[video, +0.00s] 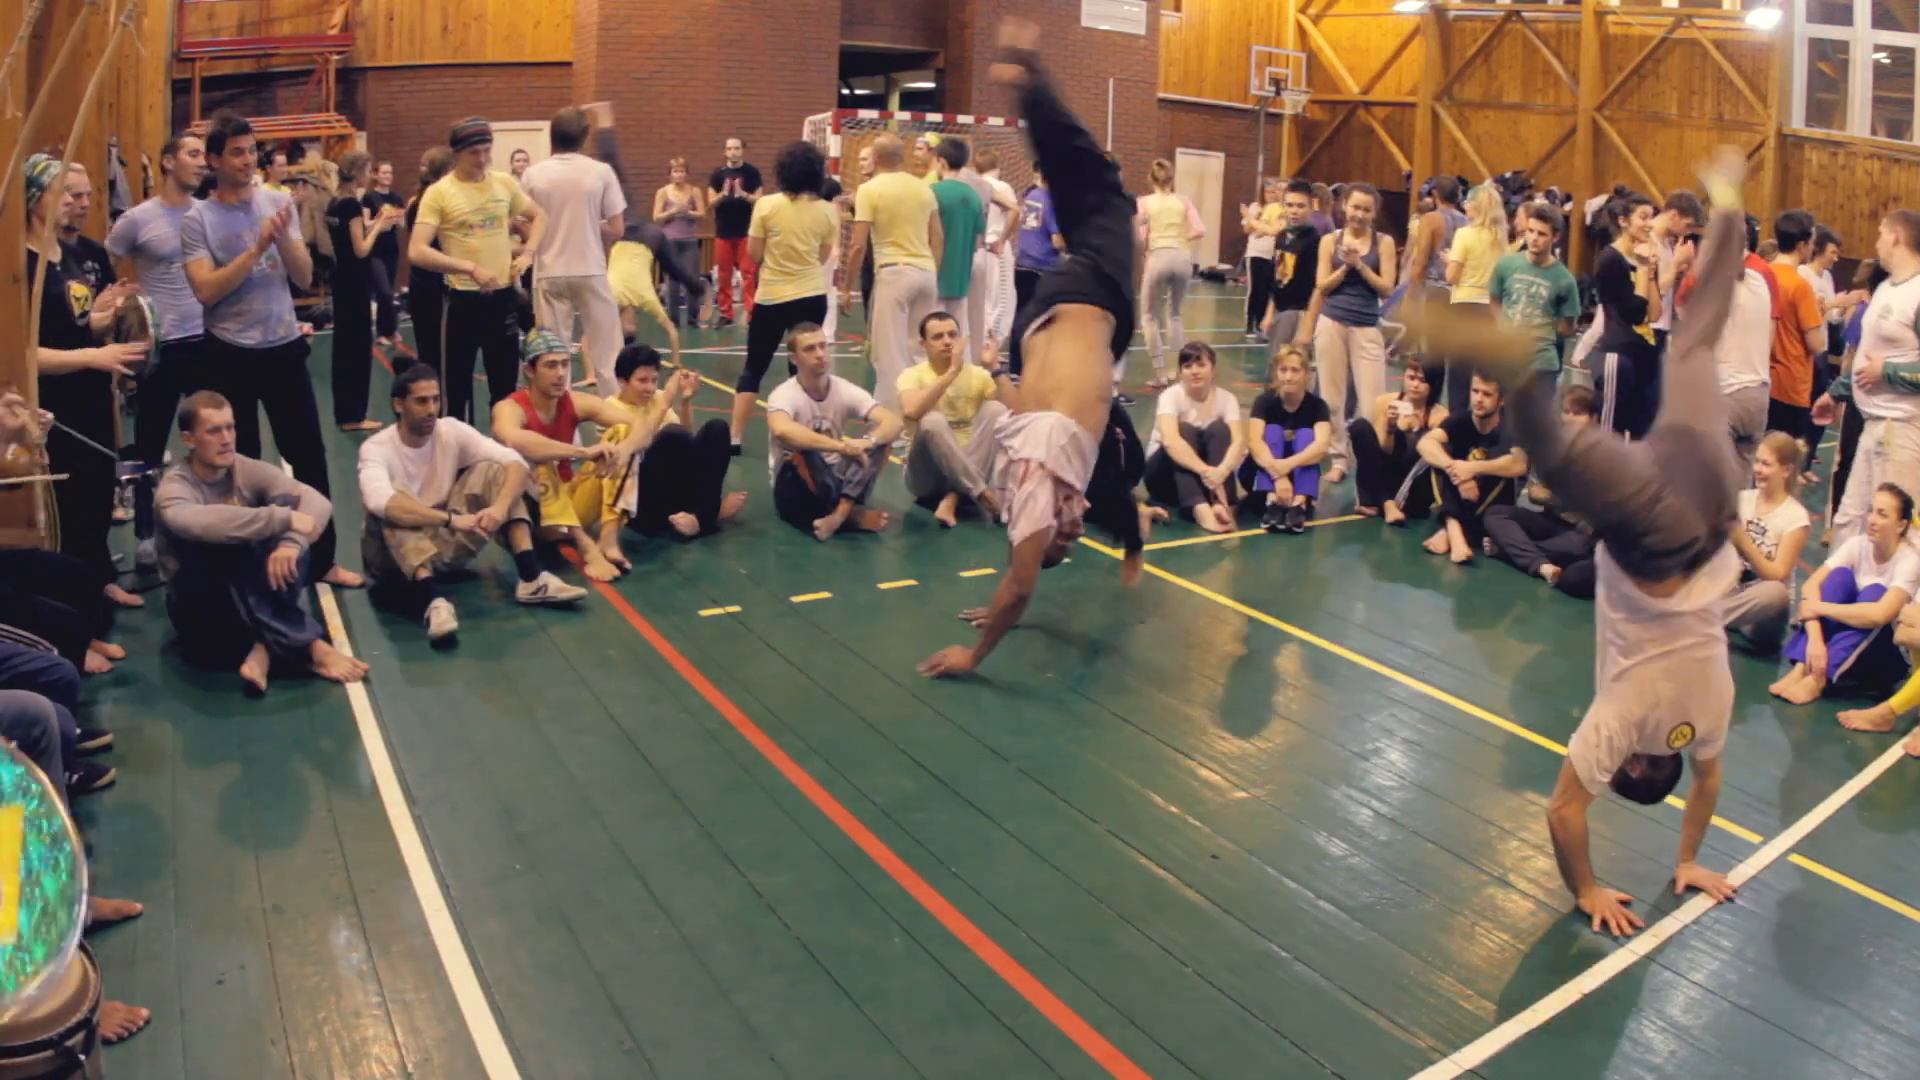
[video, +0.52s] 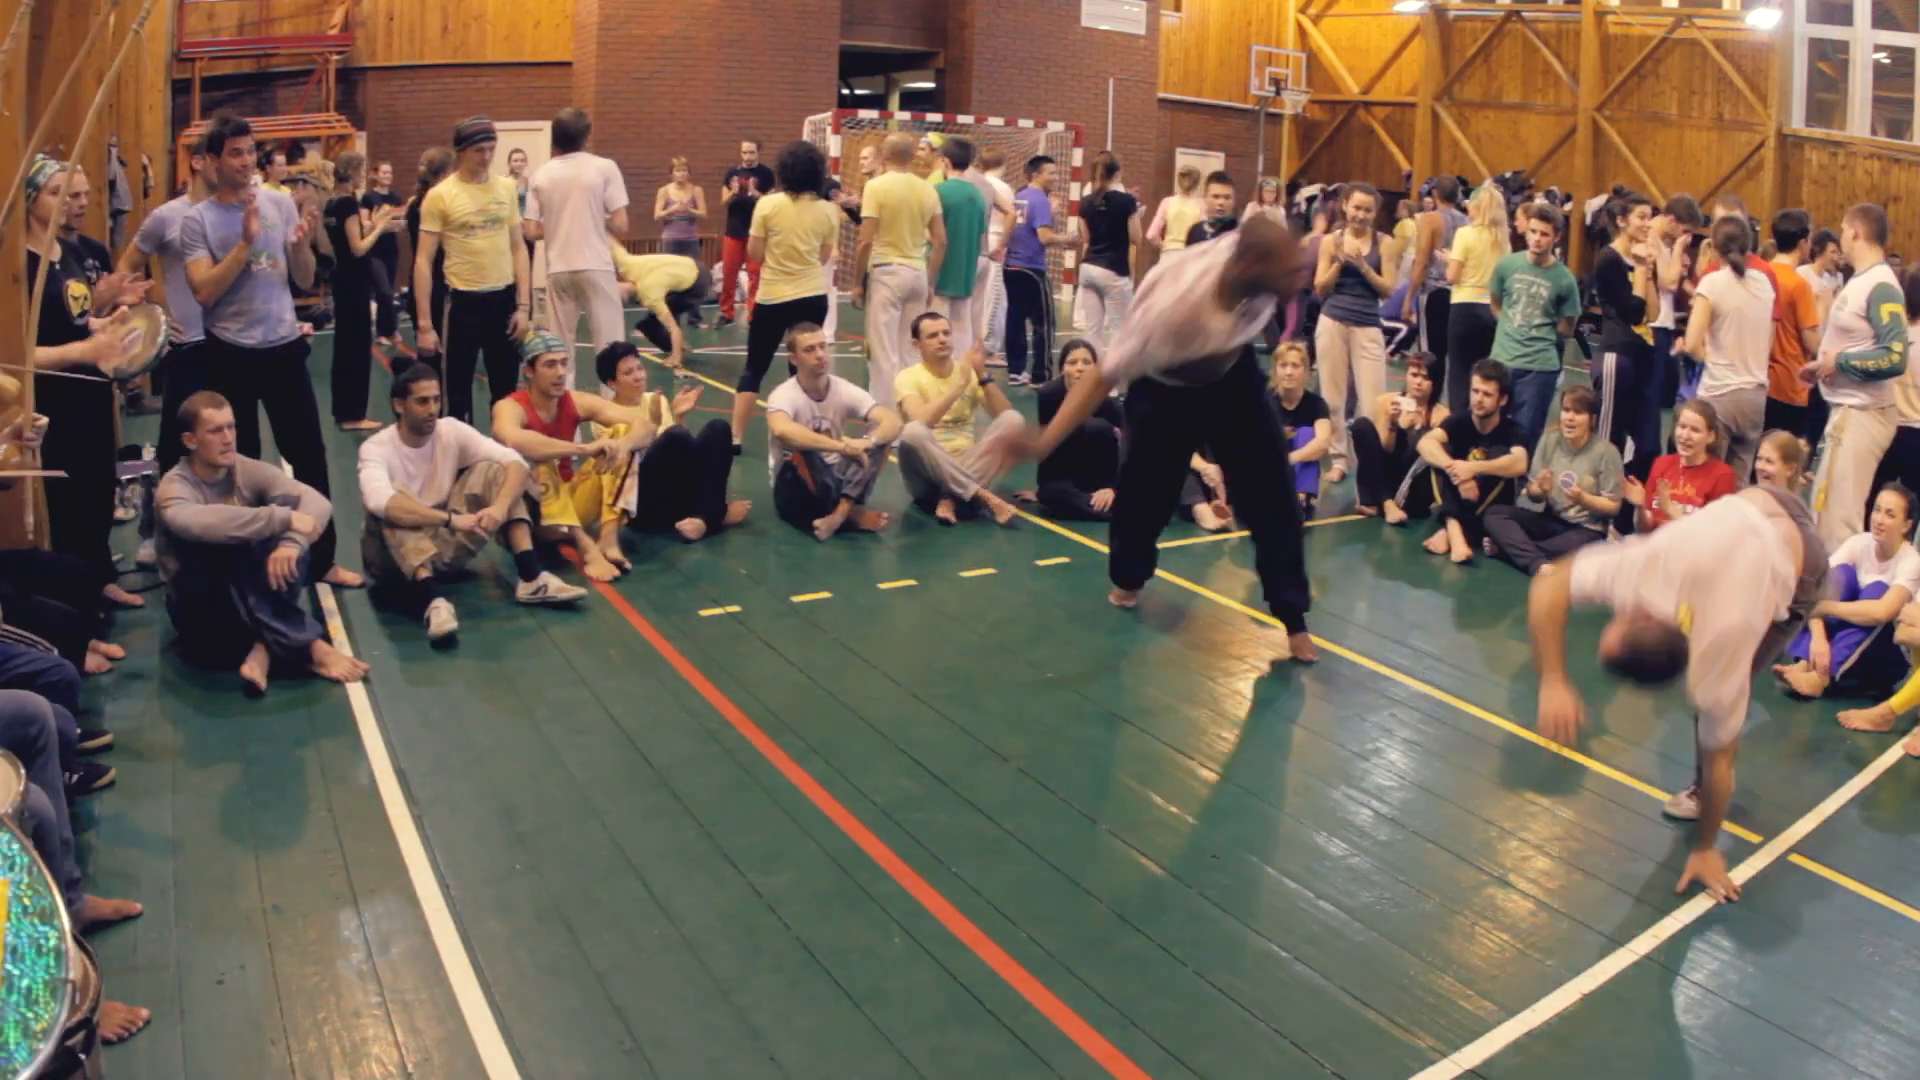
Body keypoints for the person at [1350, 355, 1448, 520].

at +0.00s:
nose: (1415, 384)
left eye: (1422, 380)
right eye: (1411, 378)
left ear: (1433, 385)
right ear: (1403, 378)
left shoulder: (1439, 415)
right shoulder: (1385, 402)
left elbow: (1436, 455)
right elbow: (1385, 452)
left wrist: (1417, 432)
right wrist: (1390, 426)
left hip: (1418, 497)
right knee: (1359, 426)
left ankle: (1374, 502)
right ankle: (1387, 502)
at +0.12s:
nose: (1415, 384)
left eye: (1423, 379)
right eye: (1412, 377)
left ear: (1433, 384)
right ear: (1404, 378)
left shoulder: (1439, 415)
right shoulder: (1385, 402)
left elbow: (1434, 455)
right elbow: (1386, 451)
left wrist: (1416, 431)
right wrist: (1391, 425)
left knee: (1420, 441)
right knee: (1360, 425)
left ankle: (1374, 502)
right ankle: (1387, 501)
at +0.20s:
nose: (1416, 384)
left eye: (1423, 379)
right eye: (1412, 377)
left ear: (1434, 384)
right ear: (1405, 377)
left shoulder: (1440, 414)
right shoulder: (1385, 402)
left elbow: (1434, 456)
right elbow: (1386, 451)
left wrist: (1416, 431)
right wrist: (1391, 424)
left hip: (1417, 495)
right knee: (1360, 426)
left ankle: (1374, 502)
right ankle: (1387, 502)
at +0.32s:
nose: (1417, 382)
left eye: (1424, 378)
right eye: (1413, 376)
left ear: (1434, 383)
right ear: (1406, 377)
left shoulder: (1440, 415)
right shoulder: (1386, 402)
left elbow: (1436, 455)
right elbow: (1386, 451)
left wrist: (1417, 431)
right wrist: (1391, 424)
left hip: (1418, 495)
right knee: (1360, 425)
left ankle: (1375, 502)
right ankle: (1387, 502)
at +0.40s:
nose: (1418, 382)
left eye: (1425, 378)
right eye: (1414, 375)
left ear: (1435, 383)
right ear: (1406, 377)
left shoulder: (1440, 414)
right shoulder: (1386, 402)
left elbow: (1437, 454)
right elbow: (1387, 450)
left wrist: (1418, 430)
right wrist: (1392, 423)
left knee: (1421, 438)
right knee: (1361, 425)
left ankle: (1374, 502)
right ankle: (1387, 501)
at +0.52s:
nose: (1418, 382)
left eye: (1425, 378)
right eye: (1414, 375)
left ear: (1435, 383)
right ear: (1406, 376)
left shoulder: (1441, 414)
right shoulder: (1386, 402)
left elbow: (1437, 455)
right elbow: (1387, 450)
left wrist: (1421, 429)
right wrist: (1392, 423)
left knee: (1421, 437)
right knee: (1361, 425)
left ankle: (1374, 502)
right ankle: (1387, 501)